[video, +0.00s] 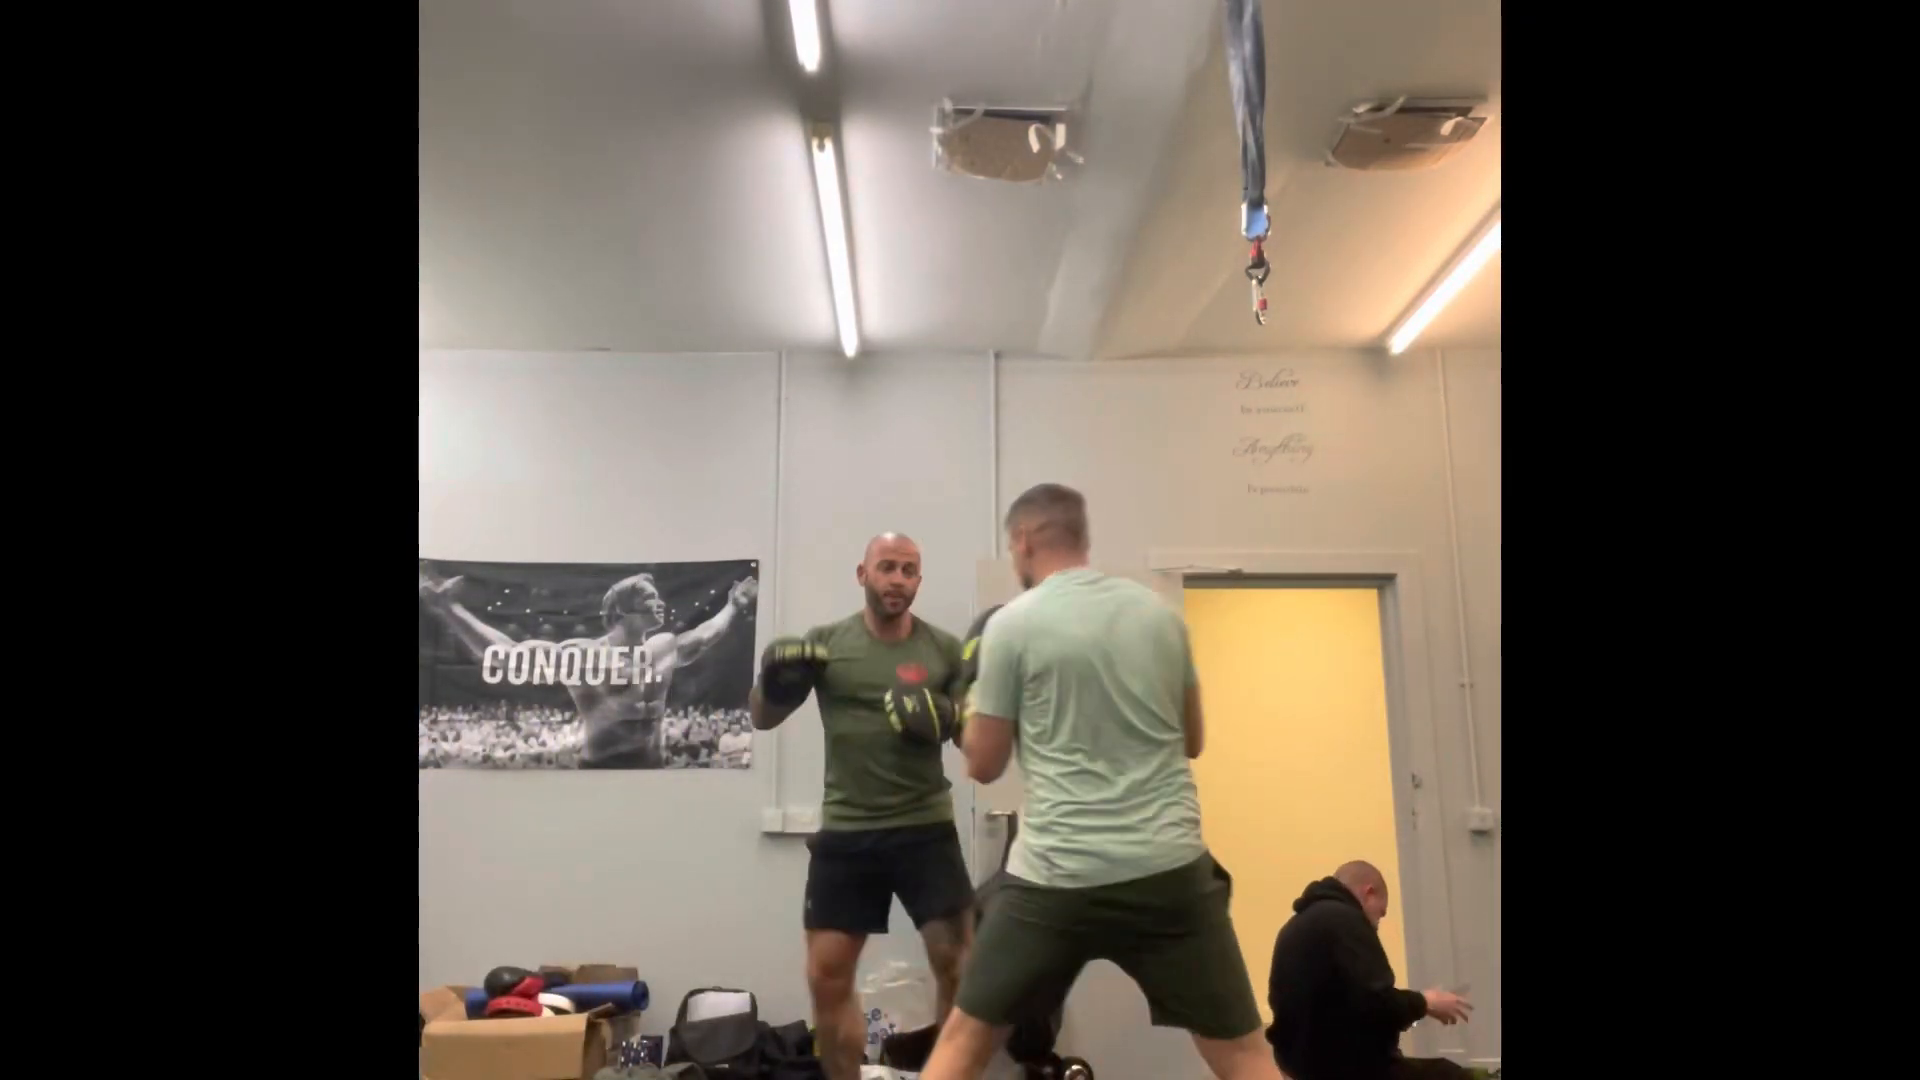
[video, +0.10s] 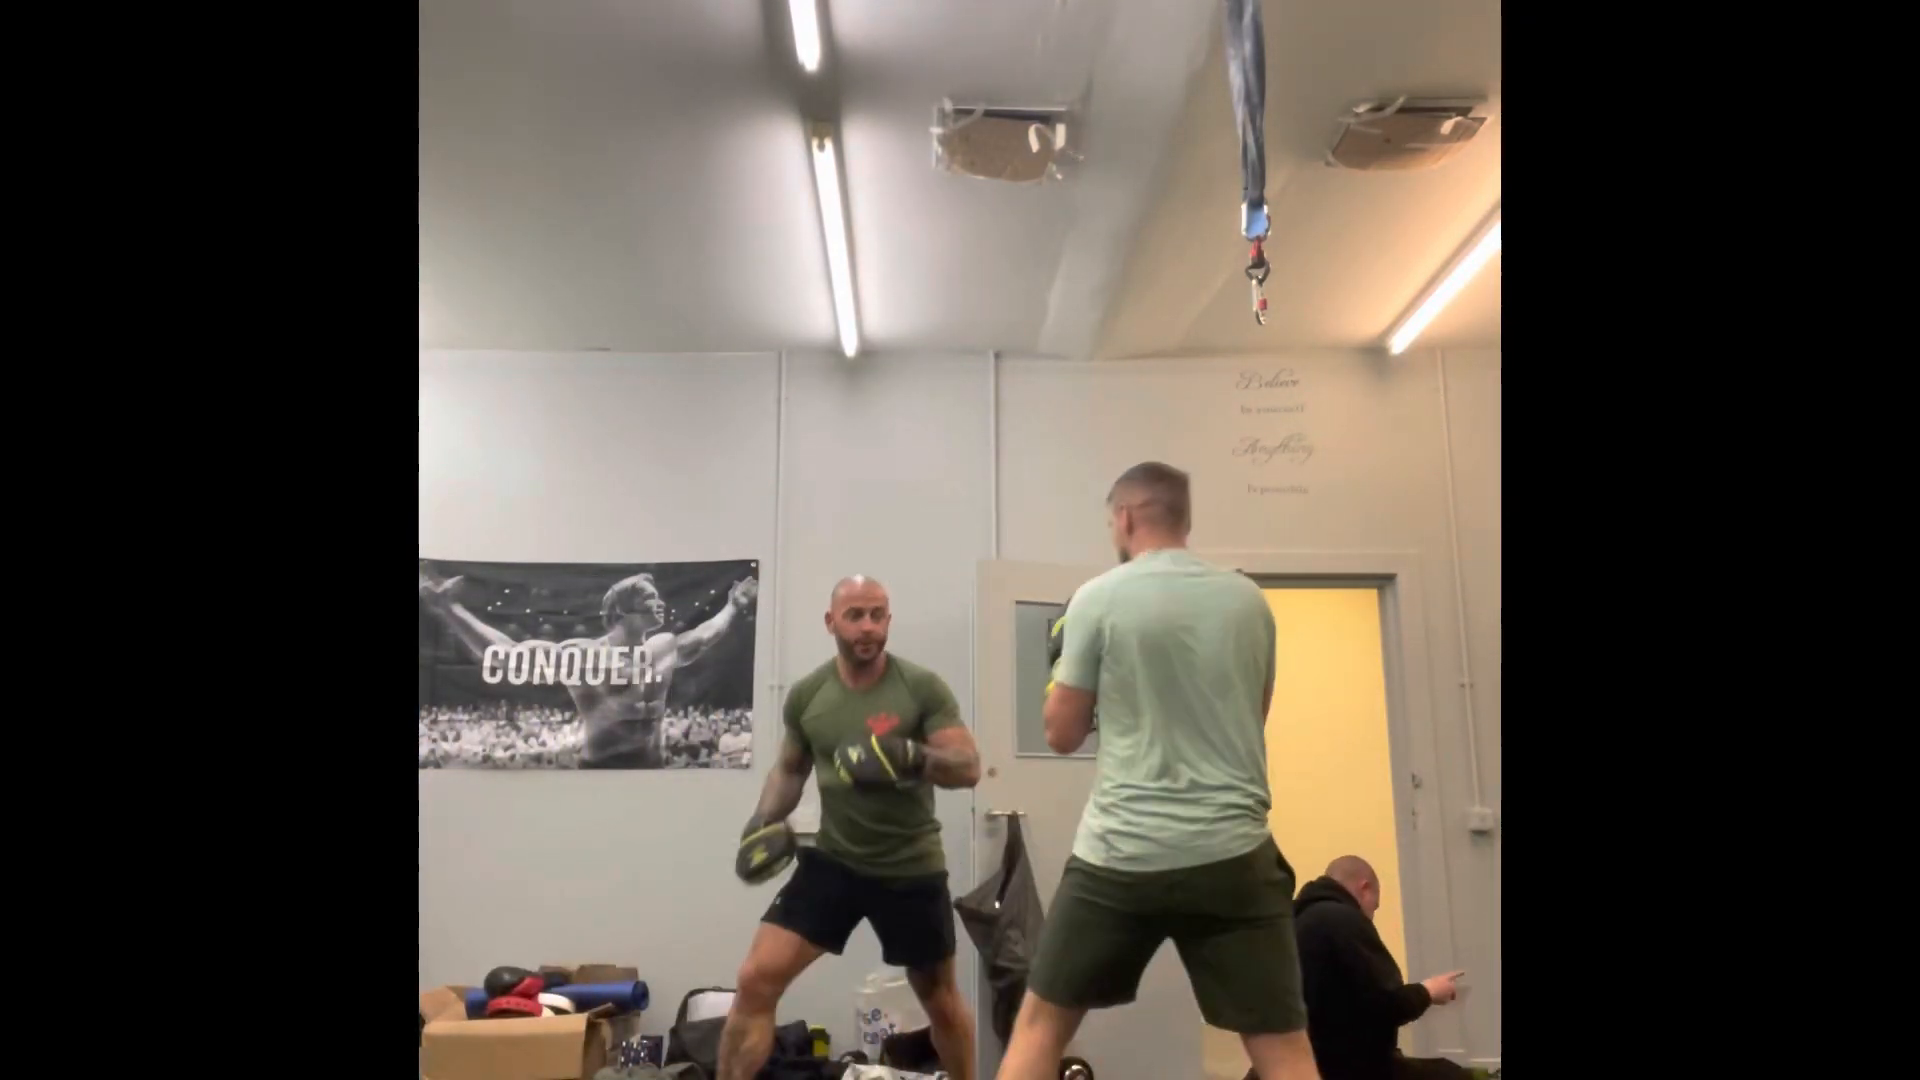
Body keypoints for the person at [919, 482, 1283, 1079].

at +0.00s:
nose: (1013, 561)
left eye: (1012, 548)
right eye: (1012, 549)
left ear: (1025, 542)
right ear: (1084, 540)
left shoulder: (1013, 625)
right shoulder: (1160, 613)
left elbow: (983, 763)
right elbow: (1190, 741)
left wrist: (979, 695)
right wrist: (1111, 713)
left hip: (1055, 873)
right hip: (1171, 869)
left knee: (966, 1040)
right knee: (1243, 1054)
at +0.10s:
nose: (1112, 536)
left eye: (1112, 524)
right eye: (1110, 525)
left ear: (1127, 517)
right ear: (1184, 520)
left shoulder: (1099, 598)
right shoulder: (1250, 599)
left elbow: (1062, 733)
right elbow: (1255, 715)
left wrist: (1084, 661)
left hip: (1120, 859)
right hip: (1236, 860)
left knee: (1041, 1030)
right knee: (1283, 1048)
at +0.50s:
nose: (1056, 567)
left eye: (1065, 552)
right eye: (1055, 554)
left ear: (1109, 547)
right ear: (1110, 551)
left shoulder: (1122, 616)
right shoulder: (1148, 613)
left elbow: (1104, 731)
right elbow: (1127, 722)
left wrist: (1048, 680)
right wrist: (1078, 656)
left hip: (1131, 847)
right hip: (1178, 842)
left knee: (1079, 1013)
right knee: (1167, 998)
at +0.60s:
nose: (1061, 545)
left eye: (1072, 531)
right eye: (1057, 533)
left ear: (1114, 527)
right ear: (1061, 534)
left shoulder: (1140, 594)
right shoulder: (1104, 604)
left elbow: (1141, 701)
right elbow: (1115, 700)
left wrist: (1072, 655)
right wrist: (1063, 655)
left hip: (1144, 807)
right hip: (1131, 805)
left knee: (1104, 976)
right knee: (1146, 974)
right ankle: (1203, 1074)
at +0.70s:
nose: (1071, 579)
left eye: (1085, 567)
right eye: (1067, 568)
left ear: (1125, 569)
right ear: (1065, 571)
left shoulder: (1152, 637)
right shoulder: (1090, 644)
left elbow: (1150, 744)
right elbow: (1071, 749)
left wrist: (1084, 686)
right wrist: (1044, 692)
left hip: (1146, 838)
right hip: (1107, 837)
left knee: (1079, 990)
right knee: (1131, 1001)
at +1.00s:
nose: (1033, 538)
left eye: (1049, 526)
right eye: (1027, 527)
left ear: (1086, 535)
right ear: (1021, 534)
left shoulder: (1106, 602)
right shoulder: (1025, 611)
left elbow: (1103, 704)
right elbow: (994, 722)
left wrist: (1039, 635)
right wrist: (982, 647)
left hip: (1089, 827)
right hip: (1032, 826)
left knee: (1083, 1002)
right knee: (1026, 988)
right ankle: (1077, 1079)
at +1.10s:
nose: (999, 566)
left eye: (1015, 554)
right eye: (992, 555)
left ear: (1051, 562)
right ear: (984, 563)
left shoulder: (1080, 632)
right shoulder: (988, 639)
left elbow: (1089, 741)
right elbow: (963, 751)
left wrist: (1021, 676)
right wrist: (954, 675)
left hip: (1067, 825)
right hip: (1003, 835)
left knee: (1013, 993)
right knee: (981, 1010)